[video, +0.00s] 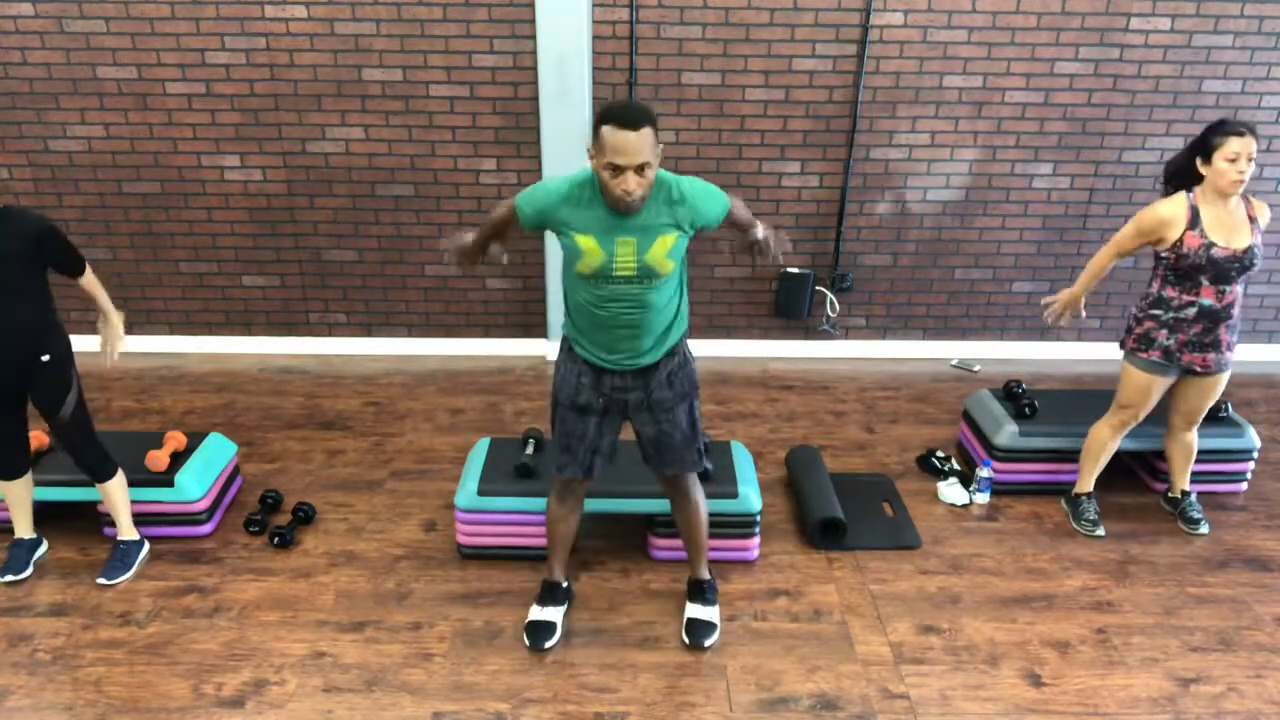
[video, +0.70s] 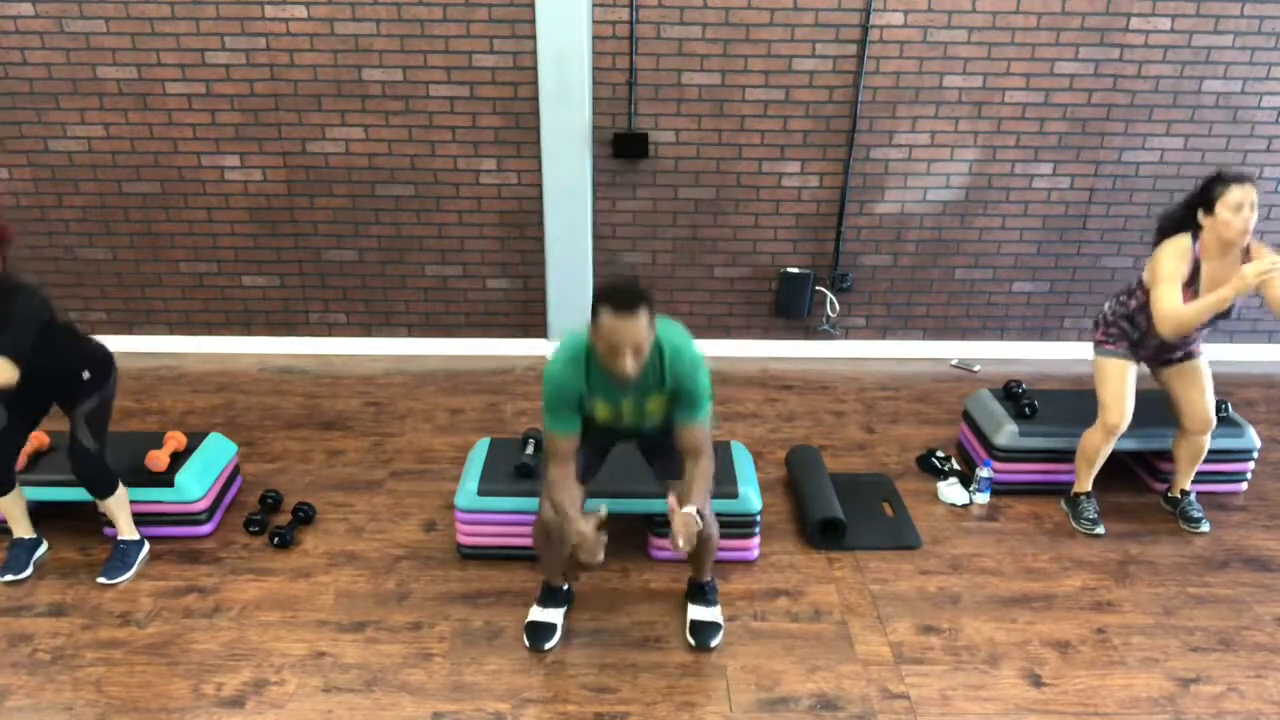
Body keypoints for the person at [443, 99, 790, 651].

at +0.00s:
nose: (629, 183)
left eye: (641, 169)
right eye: (614, 169)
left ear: (659, 156)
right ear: (594, 158)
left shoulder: (687, 197)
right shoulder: (559, 199)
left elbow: (735, 214)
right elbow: (507, 217)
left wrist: (759, 232)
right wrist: (477, 243)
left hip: (662, 367)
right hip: (585, 366)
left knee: (680, 477)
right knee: (568, 479)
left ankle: (701, 584)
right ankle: (555, 585)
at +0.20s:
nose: (632, 184)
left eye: (645, 169)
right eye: (617, 169)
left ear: (660, 161)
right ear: (594, 160)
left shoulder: (686, 202)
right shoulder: (558, 204)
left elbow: (734, 217)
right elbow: (506, 224)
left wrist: (762, 242)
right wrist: (475, 255)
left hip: (662, 369)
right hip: (585, 368)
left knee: (679, 477)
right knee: (568, 481)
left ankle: (701, 582)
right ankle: (554, 585)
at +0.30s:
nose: (631, 184)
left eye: (644, 169)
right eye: (617, 168)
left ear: (659, 161)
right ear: (594, 160)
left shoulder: (686, 209)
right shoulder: (557, 213)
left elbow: (736, 256)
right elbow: (511, 271)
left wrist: (756, 307)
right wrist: (481, 329)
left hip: (663, 370)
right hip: (585, 369)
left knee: (681, 478)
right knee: (568, 480)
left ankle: (702, 582)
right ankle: (554, 585)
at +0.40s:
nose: (630, 196)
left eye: (642, 181)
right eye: (616, 181)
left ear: (658, 172)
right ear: (594, 172)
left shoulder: (691, 227)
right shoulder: (559, 230)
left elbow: (724, 302)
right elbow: (528, 309)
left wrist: (738, 372)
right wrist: (513, 393)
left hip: (664, 367)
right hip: (587, 366)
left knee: (682, 480)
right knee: (566, 483)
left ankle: (702, 583)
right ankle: (553, 585)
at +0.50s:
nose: (629, 238)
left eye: (640, 222)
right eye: (615, 224)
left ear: (656, 209)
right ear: (594, 211)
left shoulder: (685, 255)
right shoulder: (563, 263)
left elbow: (709, 358)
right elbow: (547, 365)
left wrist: (716, 453)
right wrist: (540, 467)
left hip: (665, 372)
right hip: (588, 377)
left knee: (690, 483)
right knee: (561, 483)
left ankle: (702, 583)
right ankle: (554, 586)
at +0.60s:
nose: (628, 306)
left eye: (639, 289)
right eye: (614, 291)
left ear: (655, 274)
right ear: (594, 277)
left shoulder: (684, 308)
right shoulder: (566, 315)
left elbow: (702, 409)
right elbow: (556, 417)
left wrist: (697, 497)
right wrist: (565, 512)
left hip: (662, 399)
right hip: (591, 400)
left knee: (692, 500)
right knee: (558, 501)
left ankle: (703, 586)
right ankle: (555, 587)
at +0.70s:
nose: (626, 364)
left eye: (637, 350)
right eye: (613, 351)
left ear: (652, 334)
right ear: (594, 336)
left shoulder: (681, 355)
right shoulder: (565, 367)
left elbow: (699, 452)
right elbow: (559, 462)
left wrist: (691, 509)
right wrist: (574, 523)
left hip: (661, 426)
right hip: (594, 426)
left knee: (700, 519)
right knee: (552, 517)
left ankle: (703, 588)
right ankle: (554, 591)